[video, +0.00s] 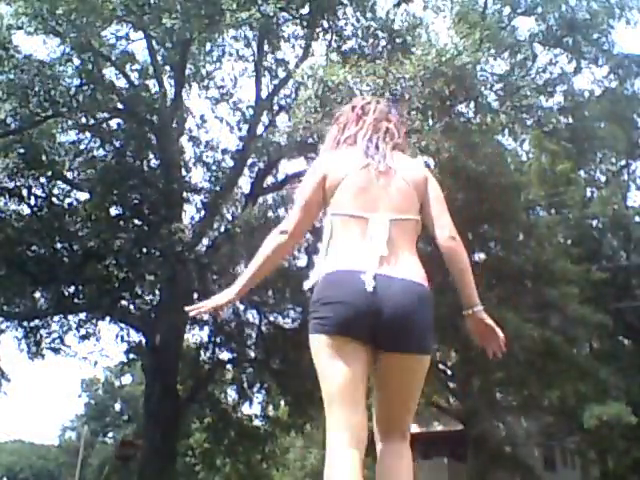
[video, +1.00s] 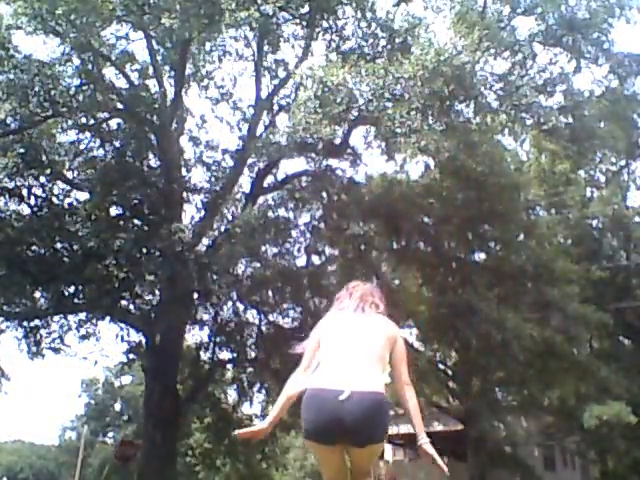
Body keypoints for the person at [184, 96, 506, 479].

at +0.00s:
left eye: (337, 129)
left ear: (344, 130)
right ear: (396, 133)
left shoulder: (330, 162)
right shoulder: (420, 170)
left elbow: (287, 236)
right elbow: (448, 239)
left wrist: (235, 290)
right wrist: (473, 309)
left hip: (339, 288)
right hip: (409, 297)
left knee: (344, 438)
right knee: (396, 434)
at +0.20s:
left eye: (345, 174)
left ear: (352, 177)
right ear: (398, 181)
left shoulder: (339, 207)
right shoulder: (417, 213)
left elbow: (304, 270)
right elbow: (438, 275)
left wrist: (265, 317)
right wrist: (464, 335)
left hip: (351, 330)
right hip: (412, 335)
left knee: (347, 449)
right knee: (401, 453)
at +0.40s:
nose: (341, 212)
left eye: (345, 207)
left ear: (351, 204)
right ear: (394, 205)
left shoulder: (342, 228)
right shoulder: (414, 236)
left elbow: (315, 292)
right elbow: (431, 300)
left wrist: (281, 345)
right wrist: (451, 356)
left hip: (355, 343)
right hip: (411, 347)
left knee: (345, 445)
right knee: (397, 458)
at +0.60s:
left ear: (345, 230)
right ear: (387, 232)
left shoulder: (335, 253)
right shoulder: (404, 258)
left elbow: (309, 309)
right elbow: (420, 318)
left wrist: (275, 358)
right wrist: (437, 373)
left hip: (342, 360)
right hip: (397, 363)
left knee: (338, 461)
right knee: (388, 463)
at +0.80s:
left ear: (341, 258)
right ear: (380, 261)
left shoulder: (326, 282)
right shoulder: (393, 287)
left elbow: (300, 336)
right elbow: (408, 346)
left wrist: (266, 379)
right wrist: (427, 397)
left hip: (325, 378)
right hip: (376, 383)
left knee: (333, 469)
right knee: (372, 468)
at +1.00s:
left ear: (342, 300)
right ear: (378, 304)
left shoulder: (327, 321)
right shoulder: (390, 329)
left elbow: (302, 373)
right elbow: (404, 386)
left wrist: (269, 422)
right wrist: (422, 437)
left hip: (318, 403)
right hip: (368, 407)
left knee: (333, 474)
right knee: (362, 473)